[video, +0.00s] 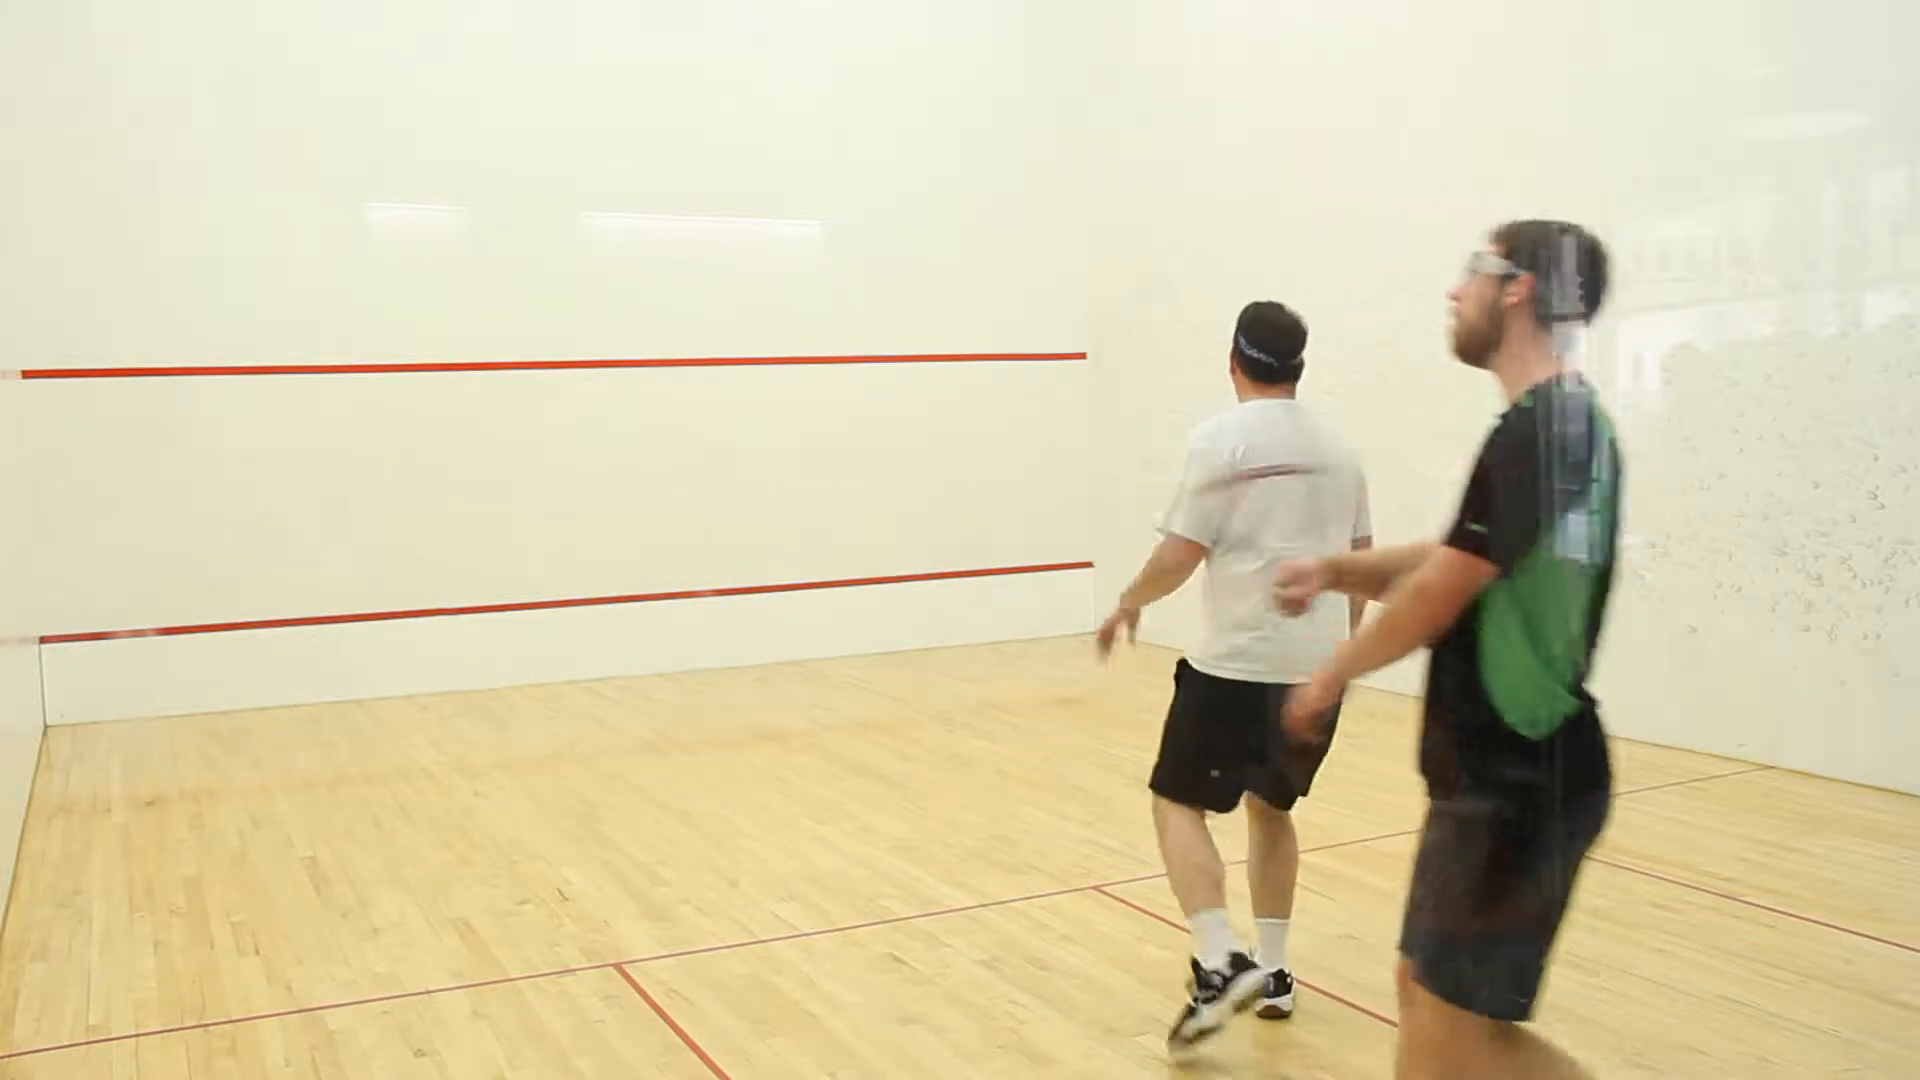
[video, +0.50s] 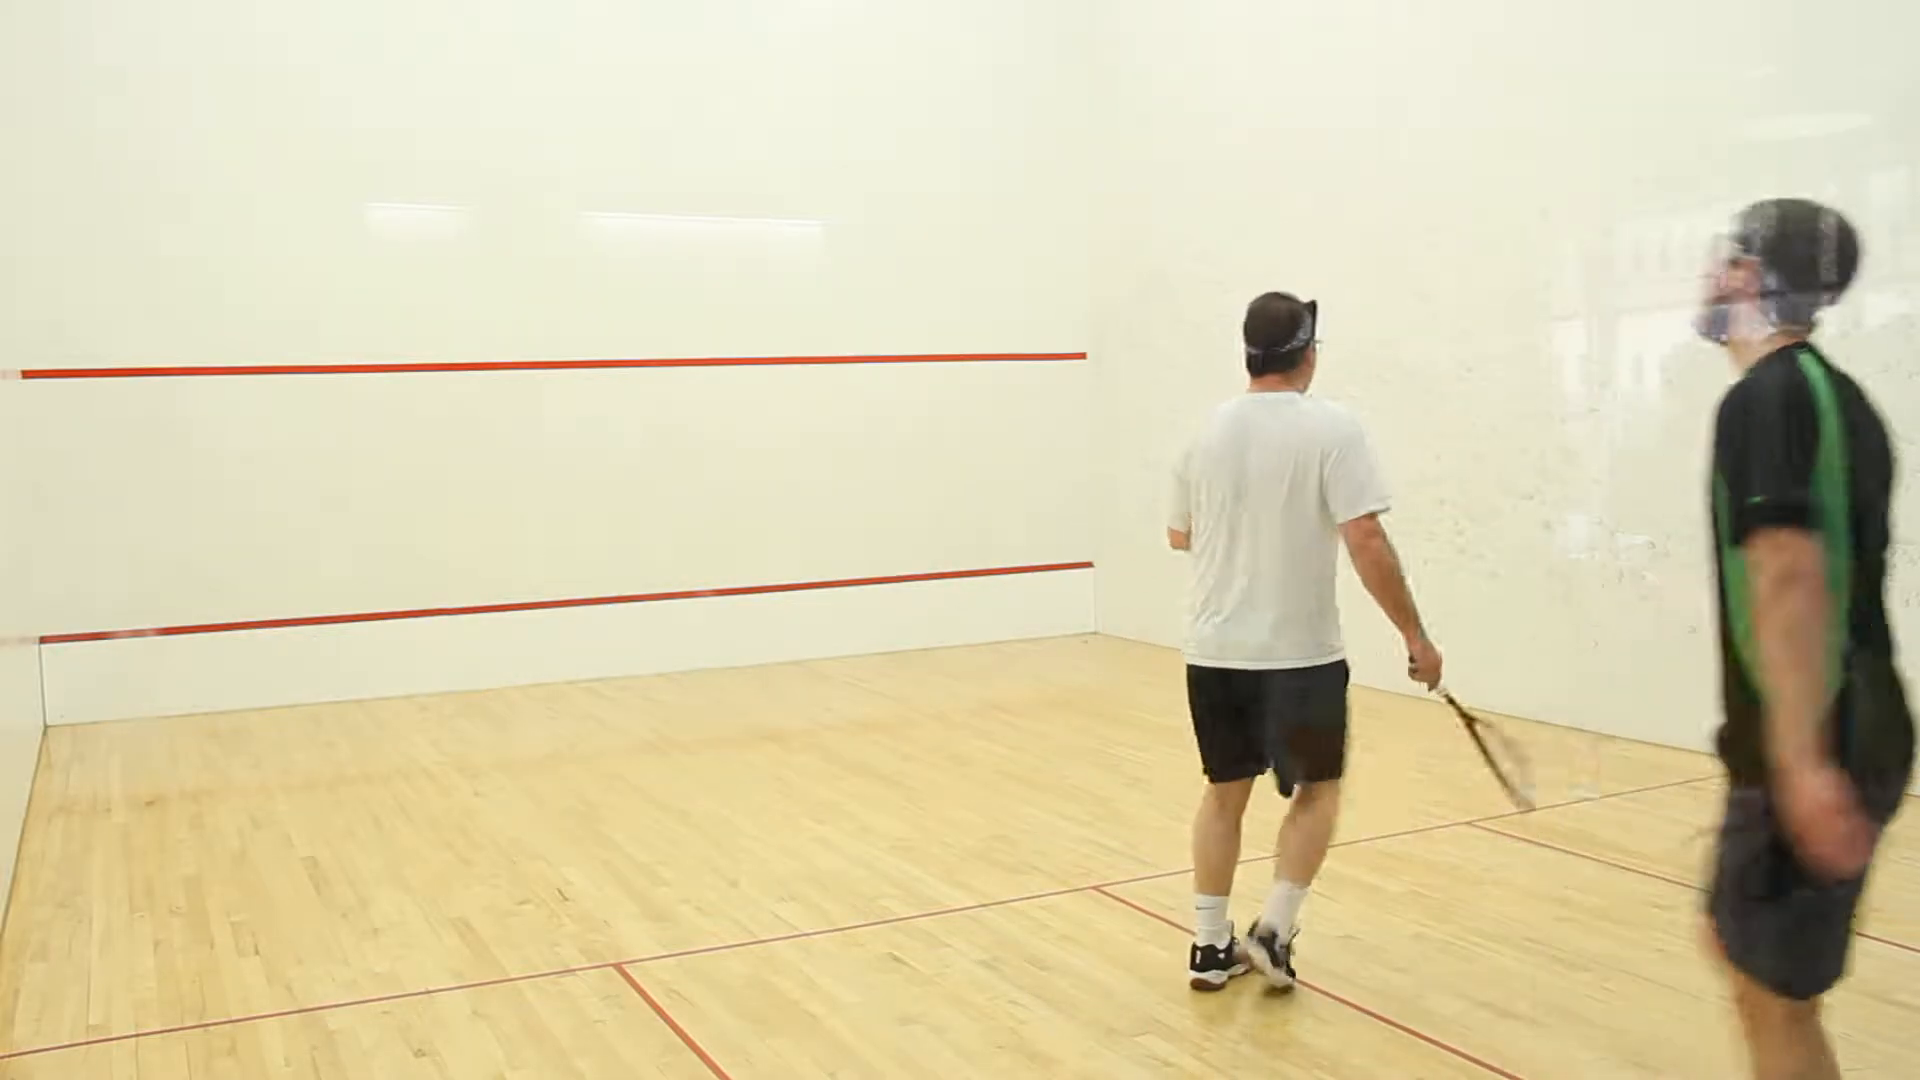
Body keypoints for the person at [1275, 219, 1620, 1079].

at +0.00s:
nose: (1453, 294)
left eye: (1472, 276)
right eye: (1464, 275)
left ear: (1520, 293)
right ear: (1533, 297)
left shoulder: (1534, 431)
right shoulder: (1575, 425)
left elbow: (1441, 592)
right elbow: (1468, 555)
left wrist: (1333, 673)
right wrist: (1340, 571)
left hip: (1510, 781)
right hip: (1518, 766)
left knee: (1448, 1020)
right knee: (1432, 987)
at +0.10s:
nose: (1508, 312)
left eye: (1526, 293)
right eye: (1518, 293)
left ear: (1572, 312)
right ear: (1586, 318)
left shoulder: (1587, 445)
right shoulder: (1611, 439)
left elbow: (1502, 615)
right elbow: (1527, 592)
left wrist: (1414, 681)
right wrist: (1401, 590)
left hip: (1569, 792)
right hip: (1539, 781)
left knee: (1522, 1033)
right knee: (1462, 988)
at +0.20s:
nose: (1558, 330)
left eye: (1574, 313)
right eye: (1569, 311)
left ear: (1612, 330)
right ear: (1629, 336)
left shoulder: (1638, 460)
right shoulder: (1667, 451)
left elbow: (1568, 643)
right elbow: (1585, 606)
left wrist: (1494, 710)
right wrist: (1467, 634)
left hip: (1640, 809)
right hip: (1606, 797)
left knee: (1609, 1039)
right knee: (1523, 1003)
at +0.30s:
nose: (1606, 324)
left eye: (1619, 308)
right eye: (1615, 307)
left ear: (1655, 322)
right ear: (1688, 330)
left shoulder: (1677, 456)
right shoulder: (1731, 444)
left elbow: (1635, 656)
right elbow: (1643, 623)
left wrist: (1572, 763)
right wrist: (1552, 695)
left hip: (1693, 796)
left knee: (1645, 1010)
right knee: (1592, 988)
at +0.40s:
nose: (1658, 295)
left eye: (1677, 280)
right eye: (1669, 277)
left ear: (1715, 299)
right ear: (1748, 309)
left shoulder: (1723, 423)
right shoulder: (1787, 413)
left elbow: (1709, 619)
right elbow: (1772, 600)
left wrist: (1692, 788)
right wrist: (1684, 740)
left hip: (1766, 760)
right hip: (1786, 744)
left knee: (1718, 1002)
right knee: (1650, 949)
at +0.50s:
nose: (1709, 276)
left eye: (1725, 262)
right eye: (1720, 259)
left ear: (1755, 280)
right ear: (1800, 290)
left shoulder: (1772, 397)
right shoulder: (1837, 397)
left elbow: (1790, 579)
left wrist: (1801, 758)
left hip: (1805, 749)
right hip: (1842, 735)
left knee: (1771, 984)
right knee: (1735, 933)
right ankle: (1798, 1060)